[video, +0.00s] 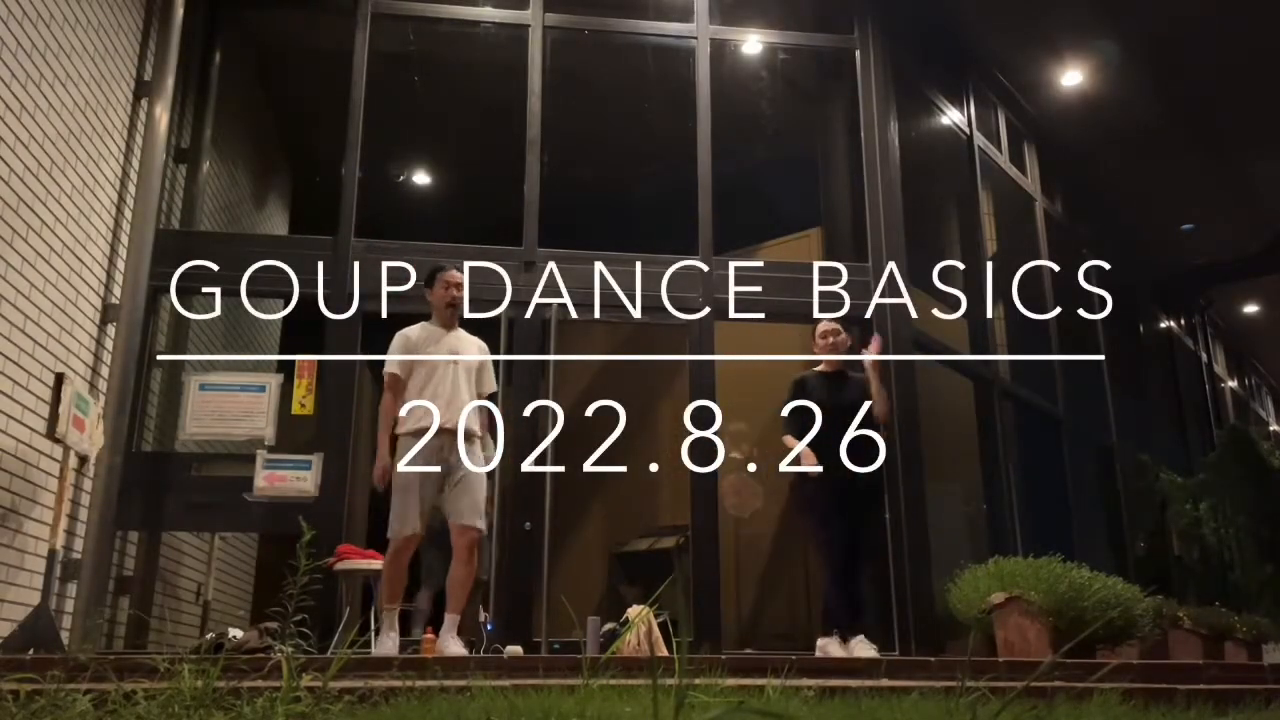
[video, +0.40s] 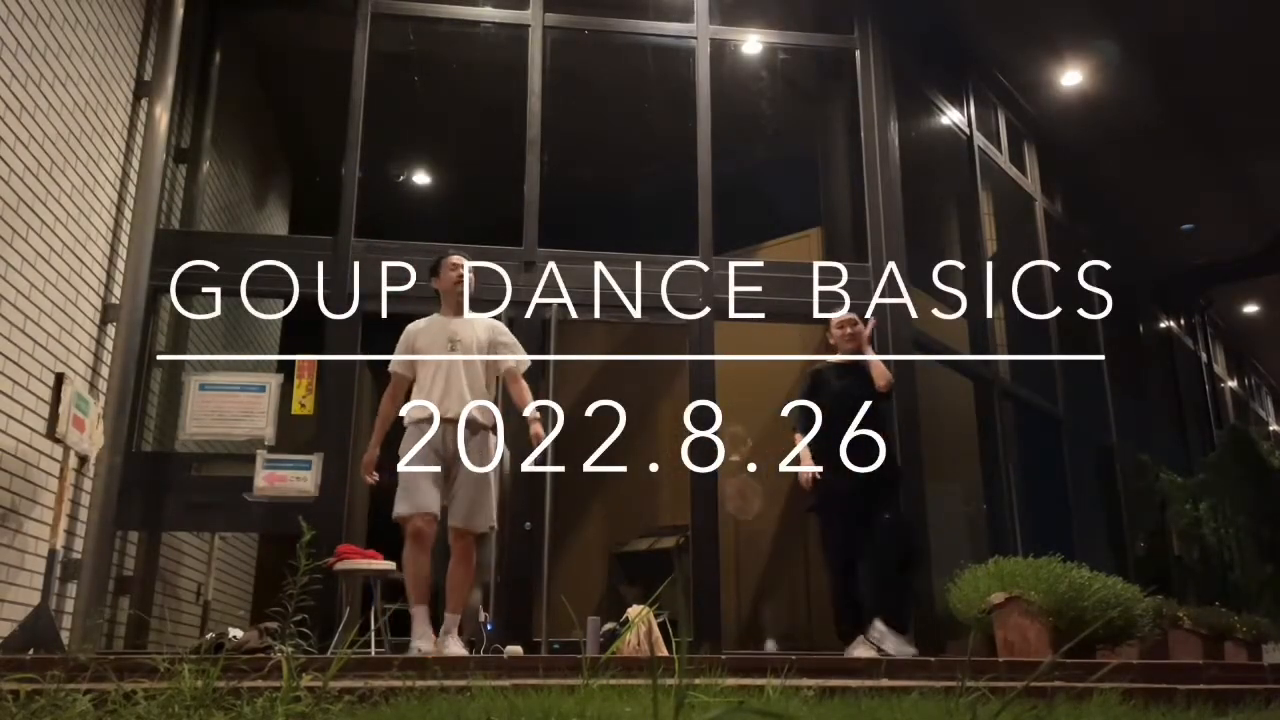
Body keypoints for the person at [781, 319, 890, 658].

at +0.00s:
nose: (830, 340)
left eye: (836, 333)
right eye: (823, 336)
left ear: (848, 341)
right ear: (814, 345)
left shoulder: (862, 381)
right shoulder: (805, 383)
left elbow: (883, 415)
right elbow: (787, 433)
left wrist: (872, 368)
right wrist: (802, 451)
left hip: (860, 478)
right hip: (822, 481)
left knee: (857, 553)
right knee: (834, 554)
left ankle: (839, 634)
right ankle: (844, 633)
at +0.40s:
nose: (848, 331)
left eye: (853, 325)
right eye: (840, 327)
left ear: (864, 332)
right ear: (830, 337)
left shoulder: (874, 368)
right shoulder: (820, 374)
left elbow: (884, 384)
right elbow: (799, 421)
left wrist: (866, 346)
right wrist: (805, 457)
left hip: (877, 472)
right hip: (835, 475)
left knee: (885, 545)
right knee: (843, 554)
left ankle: (885, 625)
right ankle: (854, 638)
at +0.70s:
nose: (871, 325)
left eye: (877, 319)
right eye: (864, 320)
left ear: (888, 328)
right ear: (854, 330)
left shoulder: (899, 367)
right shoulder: (843, 370)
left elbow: (906, 388)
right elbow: (825, 424)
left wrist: (888, 347)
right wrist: (818, 469)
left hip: (899, 475)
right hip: (854, 478)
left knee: (908, 553)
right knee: (855, 555)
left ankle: (914, 638)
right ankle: (861, 636)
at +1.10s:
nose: (886, 319)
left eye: (893, 312)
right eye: (879, 313)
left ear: (904, 318)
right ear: (870, 322)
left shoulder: (915, 359)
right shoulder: (856, 362)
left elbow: (915, 395)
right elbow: (841, 416)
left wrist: (895, 353)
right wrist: (833, 461)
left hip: (910, 468)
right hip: (865, 470)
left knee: (915, 551)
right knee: (871, 543)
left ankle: (918, 638)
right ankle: (873, 631)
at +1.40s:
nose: (877, 315)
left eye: (883, 309)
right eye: (869, 309)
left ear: (894, 319)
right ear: (857, 320)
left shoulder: (907, 362)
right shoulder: (842, 363)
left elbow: (936, 408)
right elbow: (827, 413)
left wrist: (914, 365)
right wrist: (819, 454)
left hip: (906, 469)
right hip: (859, 473)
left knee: (913, 554)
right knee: (868, 556)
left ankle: (919, 639)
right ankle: (878, 638)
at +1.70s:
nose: (868, 317)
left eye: (874, 311)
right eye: (861, 311)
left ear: (885, 317)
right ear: (849, 317)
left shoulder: (899, 363)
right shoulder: (834, 362)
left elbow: (934, 419)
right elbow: (805, 415)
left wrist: (917, 410)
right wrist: (820, 403)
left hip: (901, 475)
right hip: (854, 476)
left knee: (908, 551)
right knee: (866, 555)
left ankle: (913, 638)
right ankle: (877, 637)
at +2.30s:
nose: (791, 321)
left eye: (799, 315)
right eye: (784, 314)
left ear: (810, 325)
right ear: (771, 323)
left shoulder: (827, 371)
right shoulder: (754, 371)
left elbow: (858, 399)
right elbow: (725, 403)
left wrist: (852, 444)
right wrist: (713, 444)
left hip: (815, 476)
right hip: (764, 476)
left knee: (825, 544)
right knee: (753, 552)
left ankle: (805, 621)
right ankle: (734, 637)